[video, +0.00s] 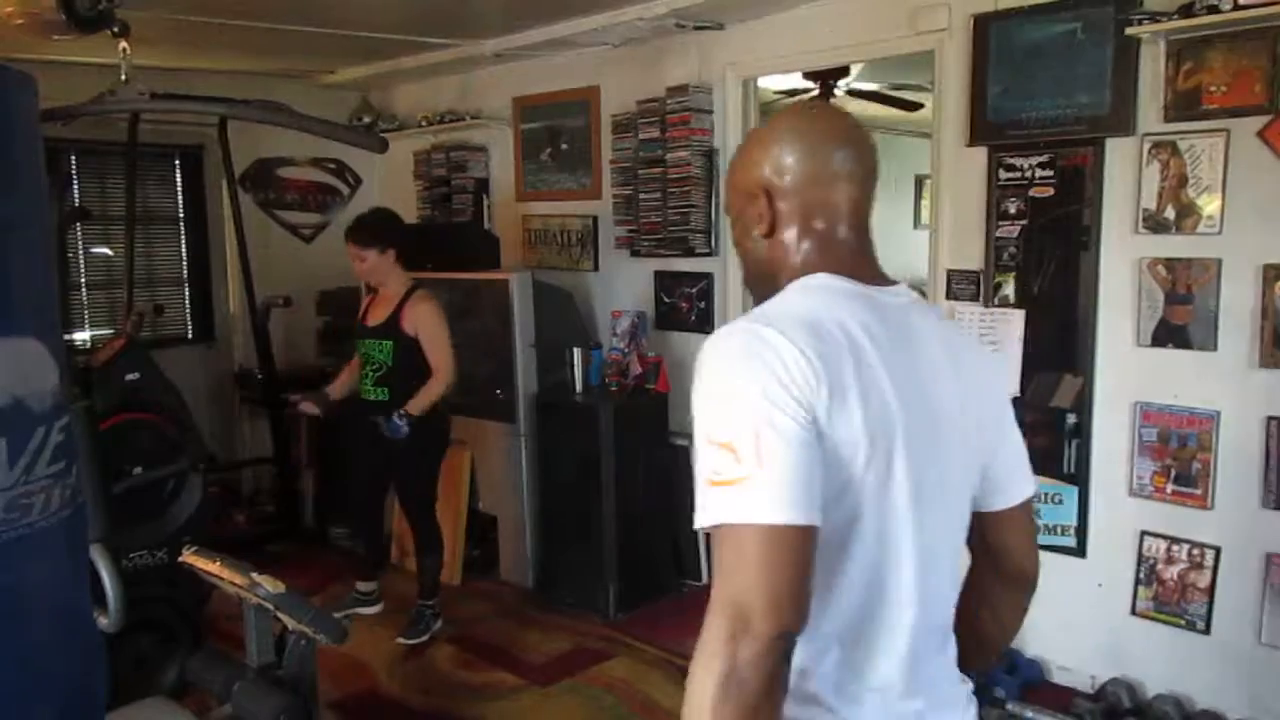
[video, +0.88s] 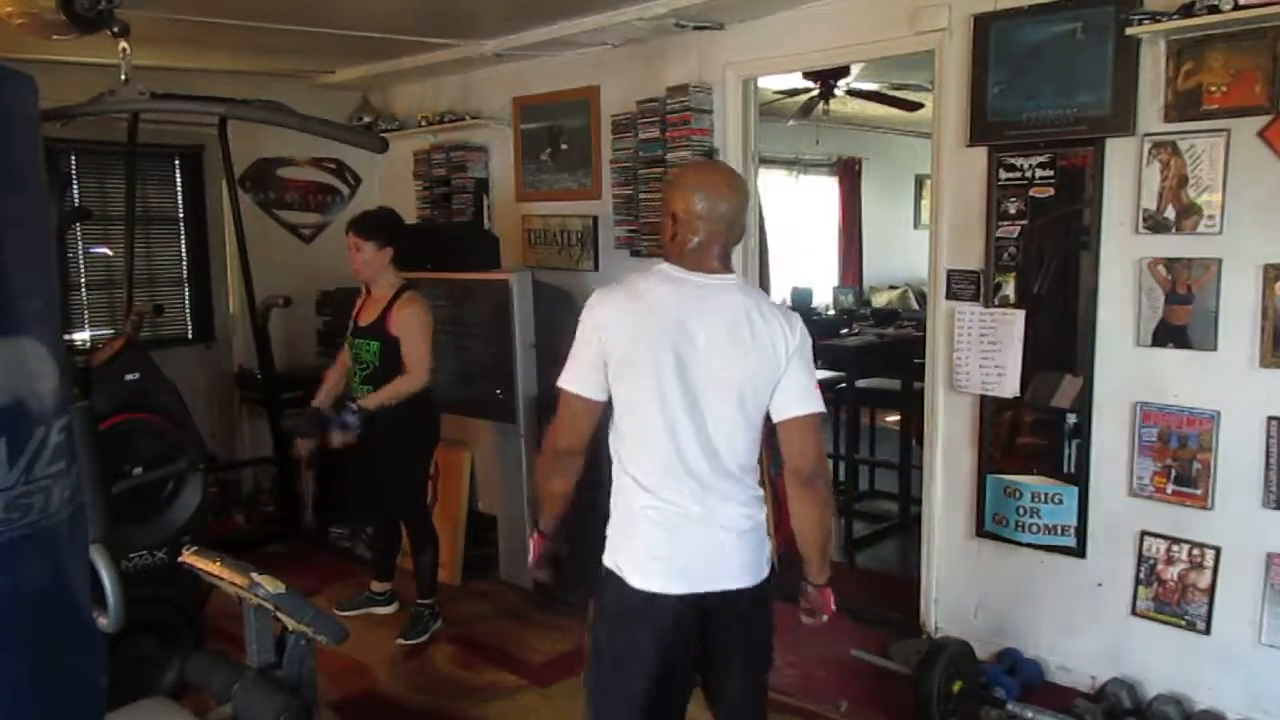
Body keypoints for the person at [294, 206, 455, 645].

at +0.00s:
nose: (354, 268)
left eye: (361, 259)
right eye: (352, 259)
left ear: (390, 255)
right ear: (371, 256)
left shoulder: (421, 306)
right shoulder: (371, 300)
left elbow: (444, 374)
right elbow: (362, 362)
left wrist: (407, 414)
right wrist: (326, 398)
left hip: (416, 426)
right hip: (372, 424)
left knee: (419, 511)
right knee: (367, 505)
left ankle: (428, 605)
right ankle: (368, 589)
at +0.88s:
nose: (353, 258)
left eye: (363, 249)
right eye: (351, 249)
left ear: (389, 252)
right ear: (352, 252)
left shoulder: (410, 307)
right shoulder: (364, 301)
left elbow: (419, 375)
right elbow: (345, 363)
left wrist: (363, 405)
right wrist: (317, 410)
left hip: (411, 423)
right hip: (376, 420)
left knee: (413, 509)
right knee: (381, 507)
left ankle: (427, 604)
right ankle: (380, 591)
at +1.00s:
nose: (352, 260)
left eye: (359, 252)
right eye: (350, 252)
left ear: (386, 253)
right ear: (358, 255)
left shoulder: (413, 305)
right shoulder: (364, 301)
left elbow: (392, 368)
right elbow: (337, 347)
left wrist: (336, 356)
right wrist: (305, 348)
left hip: (408, 425)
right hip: (370, 423)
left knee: (413, 511)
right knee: (381, 508)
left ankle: (427, 605)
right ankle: (381, 590)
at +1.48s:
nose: (339, 260)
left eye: (345, 251)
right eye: (338, 252)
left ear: (371, 252)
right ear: (361, 254)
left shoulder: (402, 306)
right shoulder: (364, 302)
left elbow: (408, 377)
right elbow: (351, 361)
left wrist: (348, 406)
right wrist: (311, 389)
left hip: (408, 421)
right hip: (375, 418)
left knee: (412, 510)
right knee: (381, 505)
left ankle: (427, 606)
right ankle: (381, 590)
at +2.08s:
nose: (314, 263)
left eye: (314, 256)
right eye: (314, 255)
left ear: (323, 259)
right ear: (354, 254)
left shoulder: (341, 311)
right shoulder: (370, 299)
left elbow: (356, 373)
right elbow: (378, 365)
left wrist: (329, 433)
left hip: (361, 421)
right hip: (382, 414)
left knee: (358, 504)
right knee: (370, 500)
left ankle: (383, 591)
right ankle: (379, 584)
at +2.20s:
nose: (308, 262)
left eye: (309, 255)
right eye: (308, 255)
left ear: (319, 258)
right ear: (349, 254)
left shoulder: (332, 310)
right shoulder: (366, 299)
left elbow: (343, 372)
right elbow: (374, 364)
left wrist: (309, 427)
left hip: (350, 418)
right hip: (378, 413)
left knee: (323, 494)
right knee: (366, 497)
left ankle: (343, 585)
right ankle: (381, 586)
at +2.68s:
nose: (271, 258)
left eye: (271, 252)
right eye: (273, 251)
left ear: (277, 257)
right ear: (315, 254)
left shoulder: (278, 308)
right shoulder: (338, 302)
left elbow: (283, 374)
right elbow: (356, 363)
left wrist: (265, 435)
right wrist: (358, 415)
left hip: (297, 427)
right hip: (338, 420)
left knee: (287, 510)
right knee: (345, 498)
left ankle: (289, 591)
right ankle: (376, 582)